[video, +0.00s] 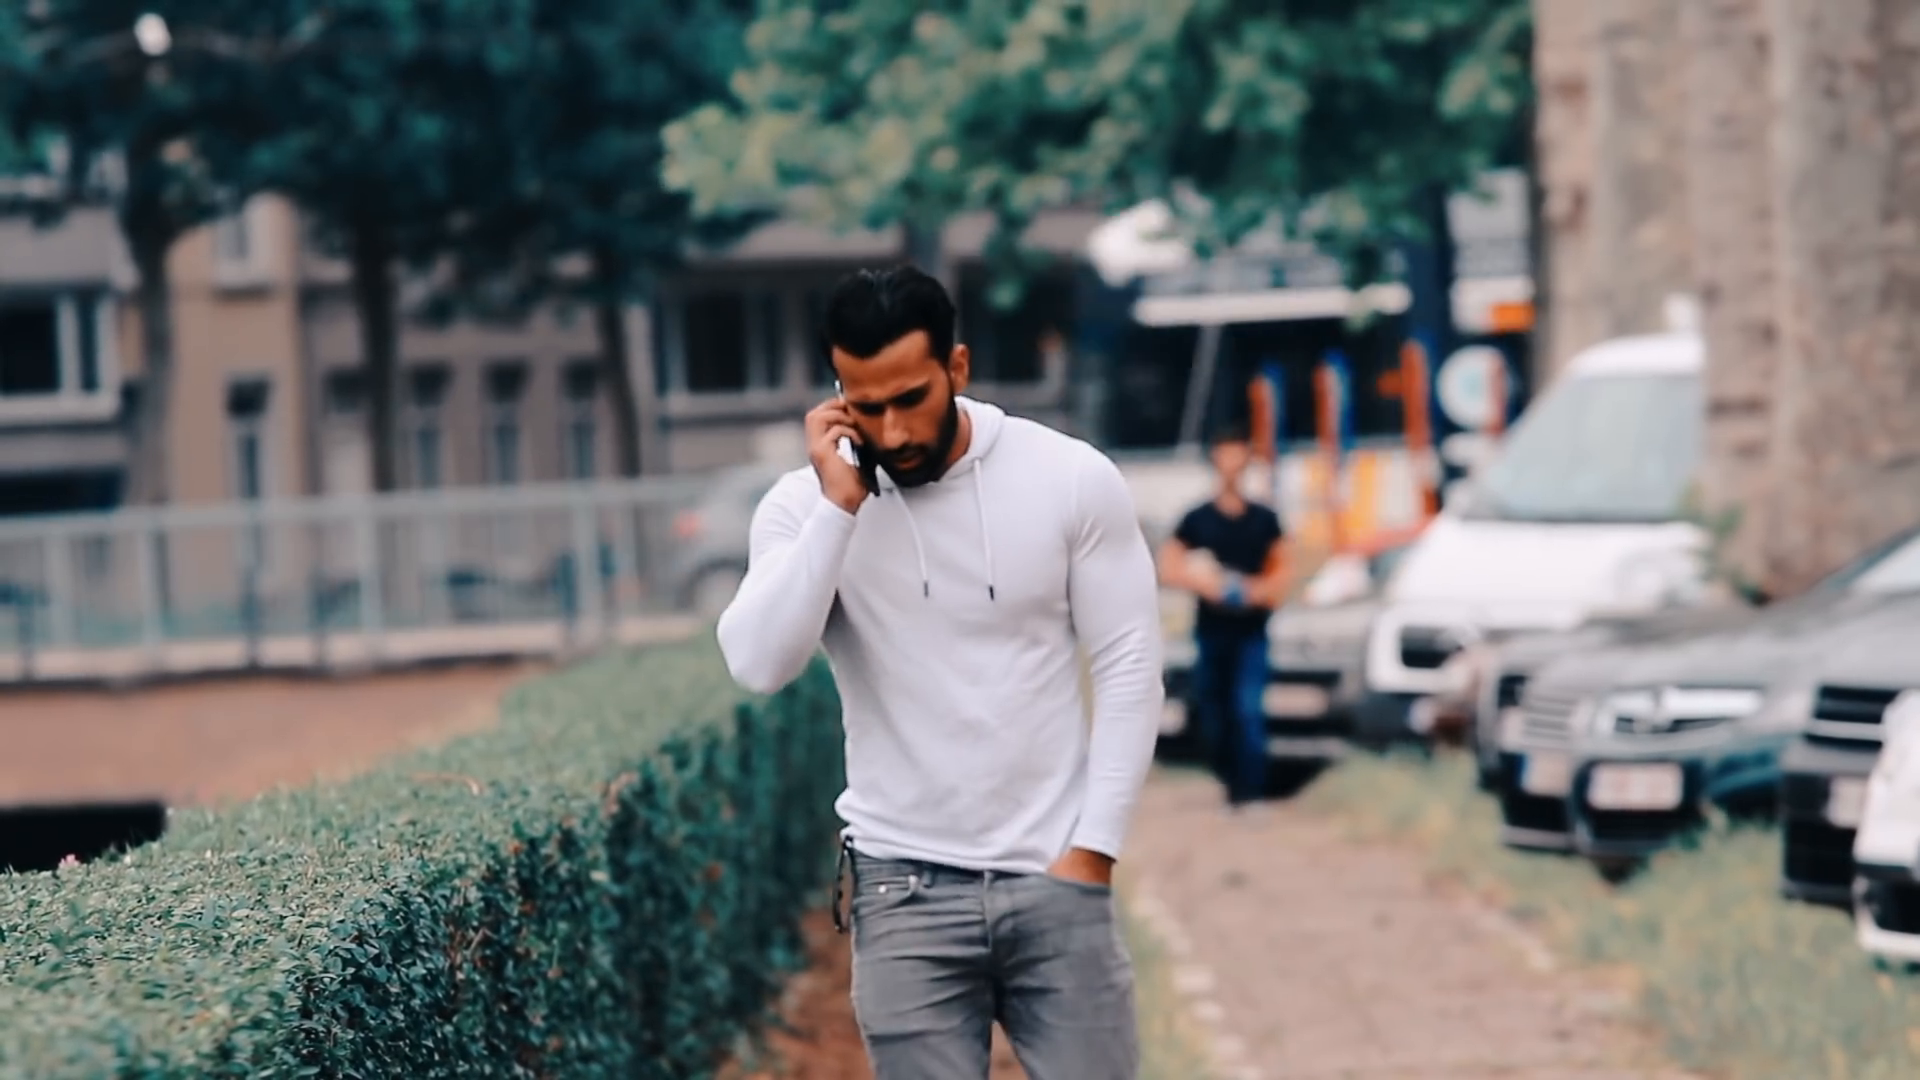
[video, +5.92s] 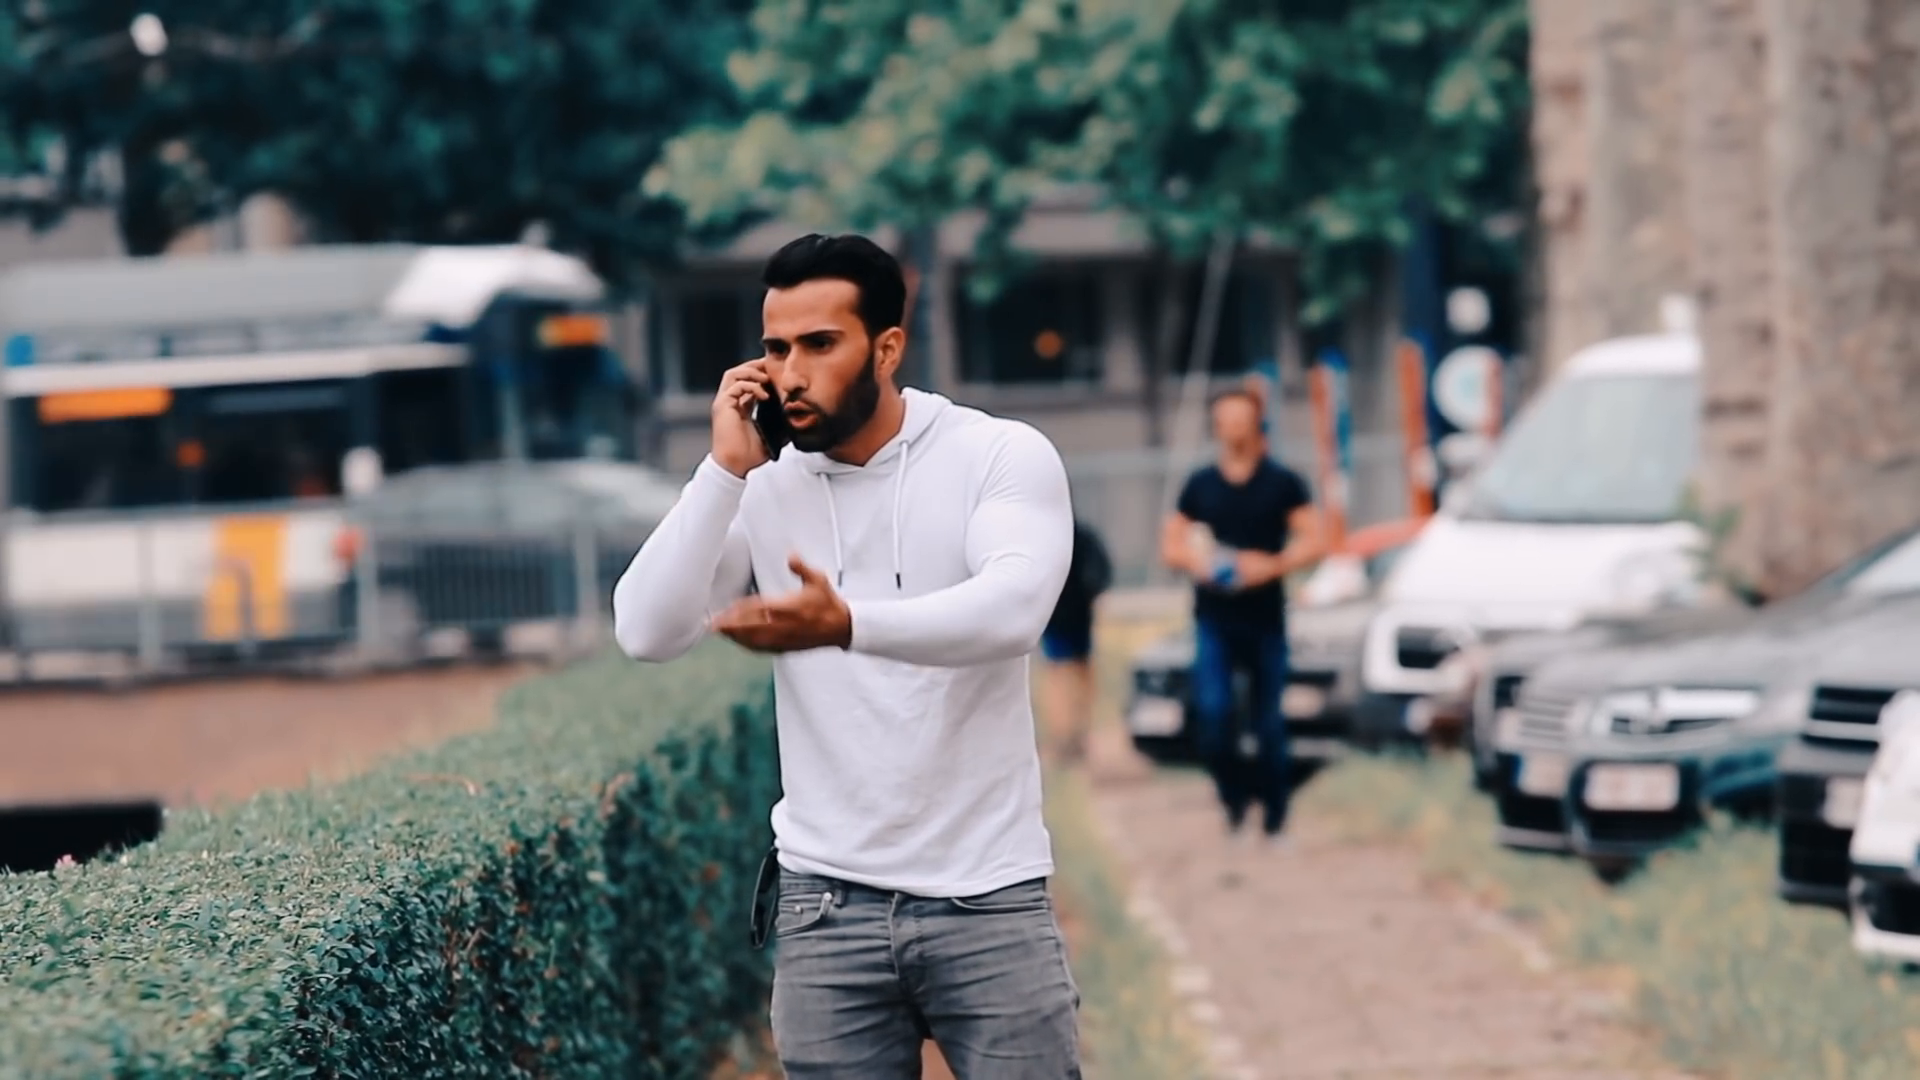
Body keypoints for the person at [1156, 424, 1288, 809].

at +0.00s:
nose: (1231, 461)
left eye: (1237, 453)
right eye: (1224, 453)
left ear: (1248, 459)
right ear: (1214, 460)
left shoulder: (1264, 519)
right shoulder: (1199, 518)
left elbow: (1283, 572)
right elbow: (1169, 566)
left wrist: (1257, 590)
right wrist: (1208, 584)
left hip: (1251, 630)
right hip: (1212, 630)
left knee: (1247, 707)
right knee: (1211, 709)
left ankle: (1250, 790)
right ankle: (1230, 783)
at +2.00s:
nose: (1245, 460)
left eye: (1252, 452)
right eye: (1237, 452)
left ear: (1262, 454)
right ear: (1225, 454)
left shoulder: (1279, 505)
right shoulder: (1207, 505)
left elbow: (1306, 555)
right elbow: (1179, 563)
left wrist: (1278, 580)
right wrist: (1220, 575)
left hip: (1270, 624)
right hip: (1227, 626)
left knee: (1273, 713)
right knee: (1230, 713)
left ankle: (1272, 790)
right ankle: (1240, 784)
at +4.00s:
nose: (1217, 438)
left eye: (1224, 429)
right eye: (1210, 429)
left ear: (1236, 431)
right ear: (1199, 431)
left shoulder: (1258, 483)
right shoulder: (1186, 485)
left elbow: (1285, 541)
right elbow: (1158, 544)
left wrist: (1253, 565)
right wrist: (1191, 562)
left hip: (1247, 605)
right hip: (1202, 605)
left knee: (1244, 699)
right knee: (1203, 694)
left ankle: (1245, 787)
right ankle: (1213, 785)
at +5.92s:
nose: (1232, 432)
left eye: (1241, 423)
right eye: (1224, 424)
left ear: (1257, 426)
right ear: (1214, 428)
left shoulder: (1282, 483)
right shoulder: (1202, 484)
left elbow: (1314, 540)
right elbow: (1172, 545)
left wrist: (1270, 564)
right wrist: (1202, 562)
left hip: (1263, 615)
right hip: (1214, 615)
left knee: (1267, 716)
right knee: (1213, 711)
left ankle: (1274, 809)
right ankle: (1233, 799)